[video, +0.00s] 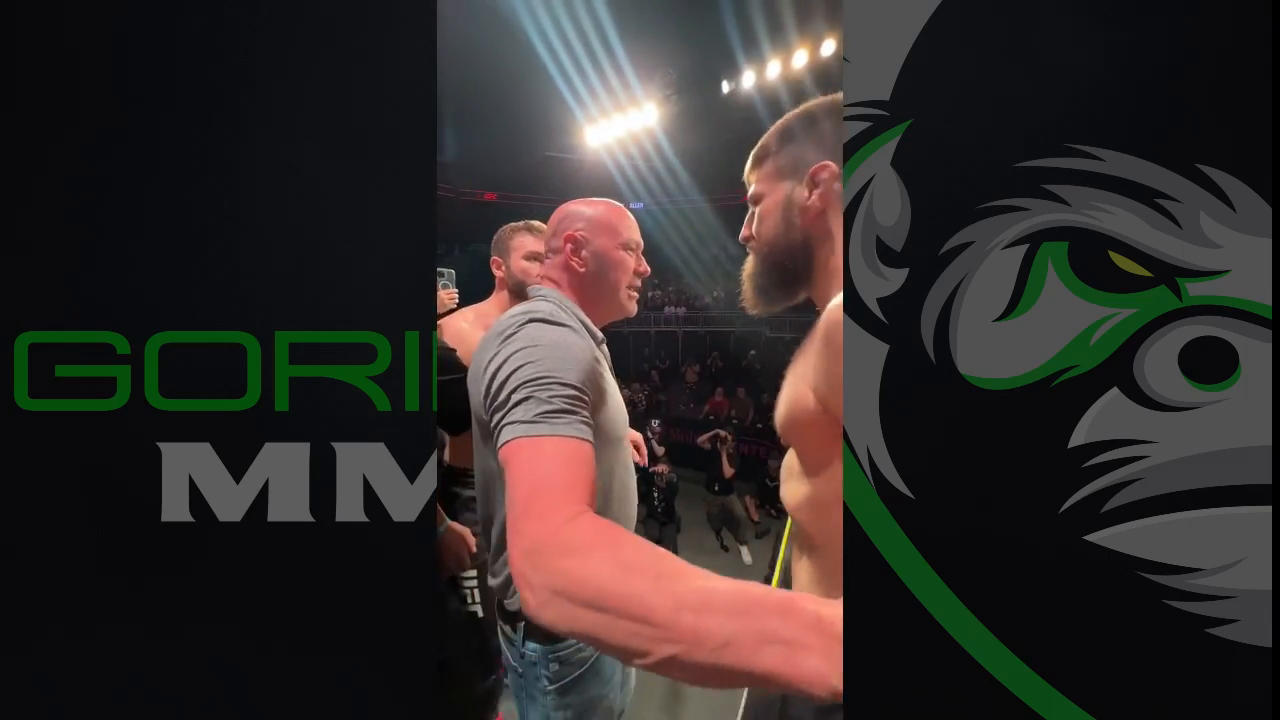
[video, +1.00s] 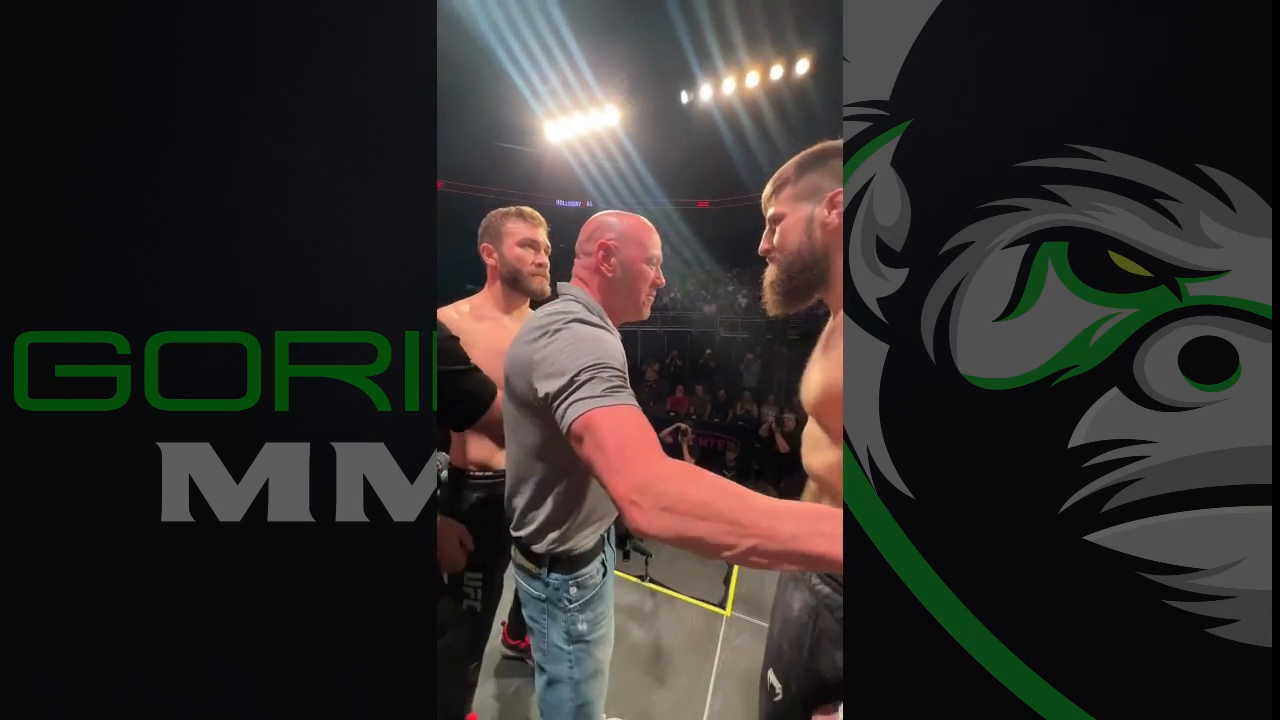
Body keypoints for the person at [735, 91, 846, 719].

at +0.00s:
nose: (743, 233)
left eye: (755, 202)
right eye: (746, 208)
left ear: (819, 188)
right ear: (817, 189)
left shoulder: (845, 323)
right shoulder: (831, 327)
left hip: (834, 675)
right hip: (811, 666)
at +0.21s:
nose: (761, 241)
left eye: (774, 216)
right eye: (763, 221)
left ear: (833, 206)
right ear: (830, 208)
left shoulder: (846, 305)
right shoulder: (838, 309)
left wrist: (817, 584)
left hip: (840, 617)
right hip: (826, 607)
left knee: (785, 708)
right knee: (783, 705)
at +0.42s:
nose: (775, 246)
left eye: (789, 223)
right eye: (777, 229)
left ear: (850, 218)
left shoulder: (862, 343)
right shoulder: (844, 338)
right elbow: (841, 524)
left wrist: (829, 696)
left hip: (845, 627)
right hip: (822, 607)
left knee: (798, 708)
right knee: (789, 704)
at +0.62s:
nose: (771, 250)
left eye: (786, 224)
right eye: (774, 232)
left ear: (844, 217)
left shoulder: (858, 349)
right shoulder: (845, 342)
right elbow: (837, 520)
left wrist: (844, 699)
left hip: (841, 604)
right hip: (821, 593)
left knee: (796, 707)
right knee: (787, 704)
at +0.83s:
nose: (762, 246)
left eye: (775, 222)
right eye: (765, 228)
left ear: (832, 211)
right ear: (829, 215)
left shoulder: (855, 339)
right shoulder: (837, 335)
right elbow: (829, 504)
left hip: (837, 596)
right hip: (817, 587)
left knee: (798, 705)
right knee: (781, 703)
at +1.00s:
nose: (764, 245)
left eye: (776, 221)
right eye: (766, 227)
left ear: (832, 211)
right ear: (829, 214)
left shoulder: (858, 333)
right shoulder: (835, 330)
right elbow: (829, 482)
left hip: (836, 589)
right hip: (812, 579)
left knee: (800, 706)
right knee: (783, 704)